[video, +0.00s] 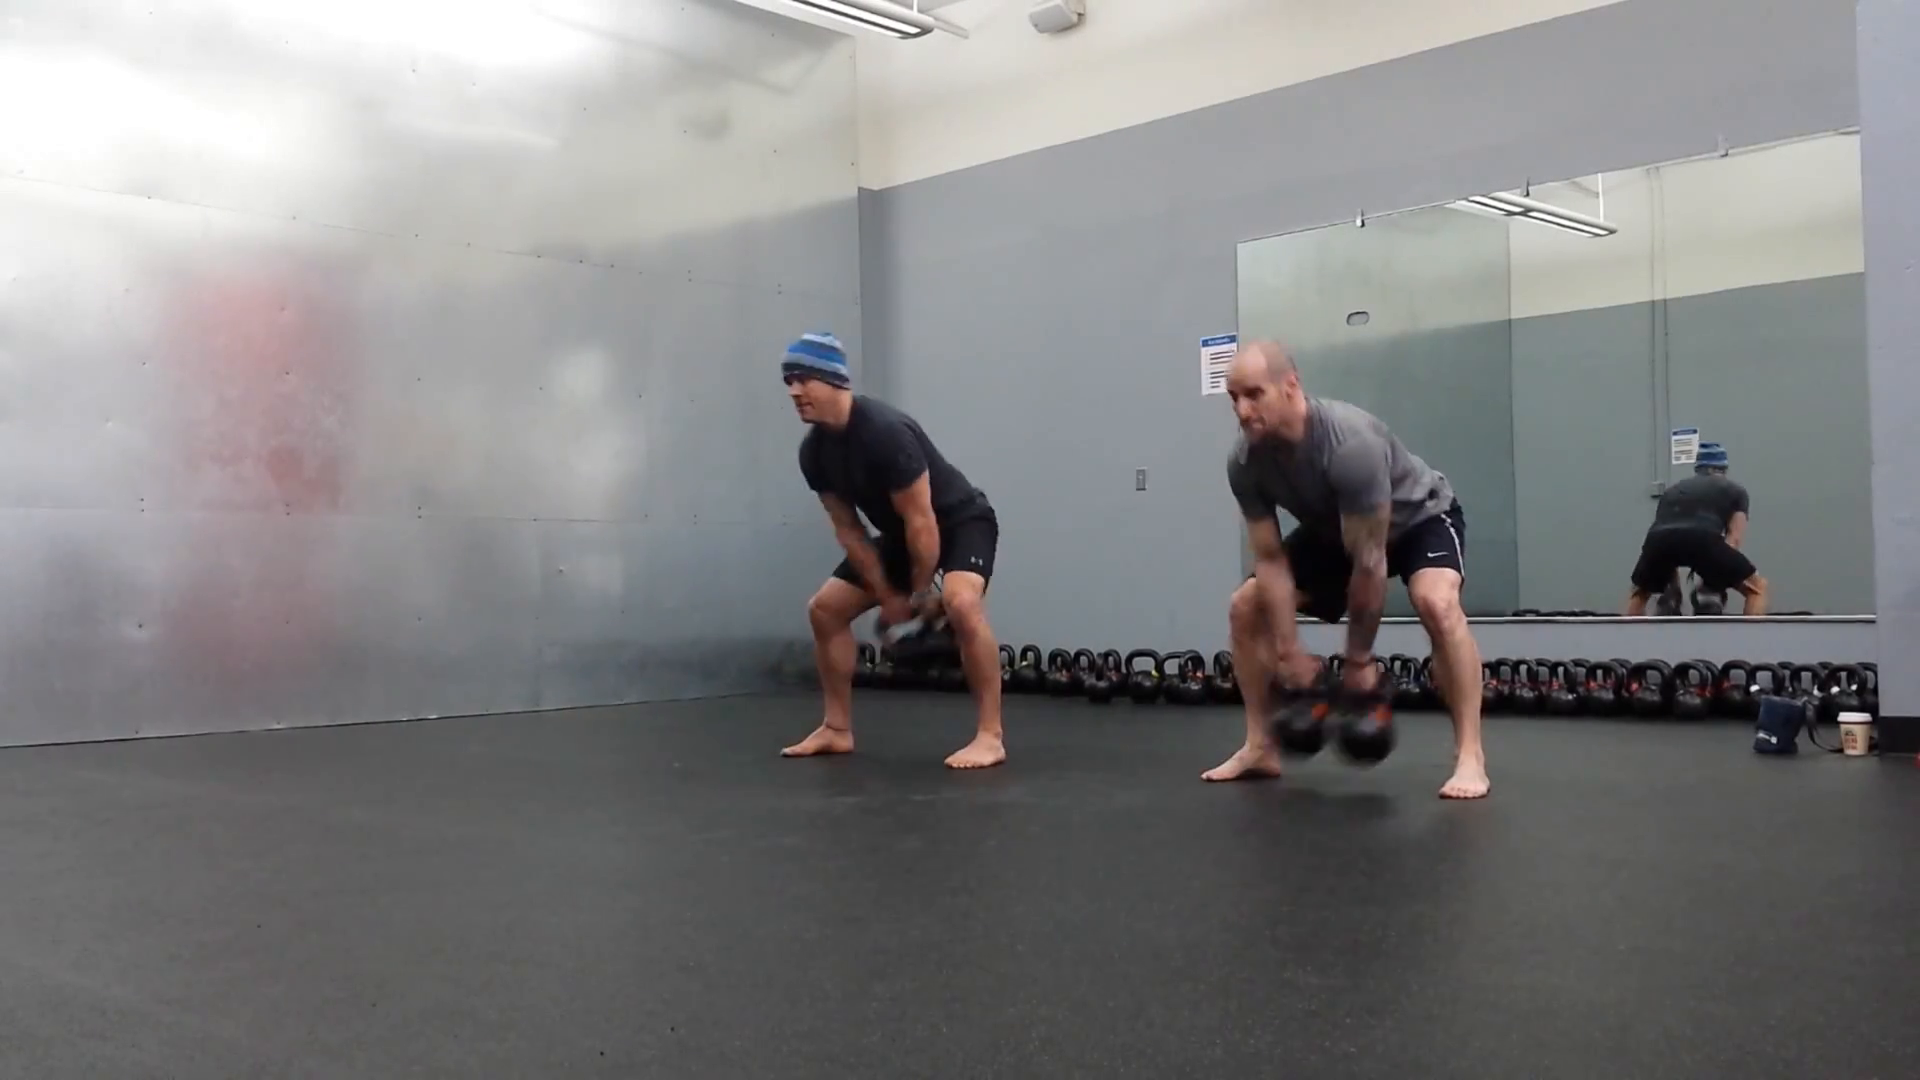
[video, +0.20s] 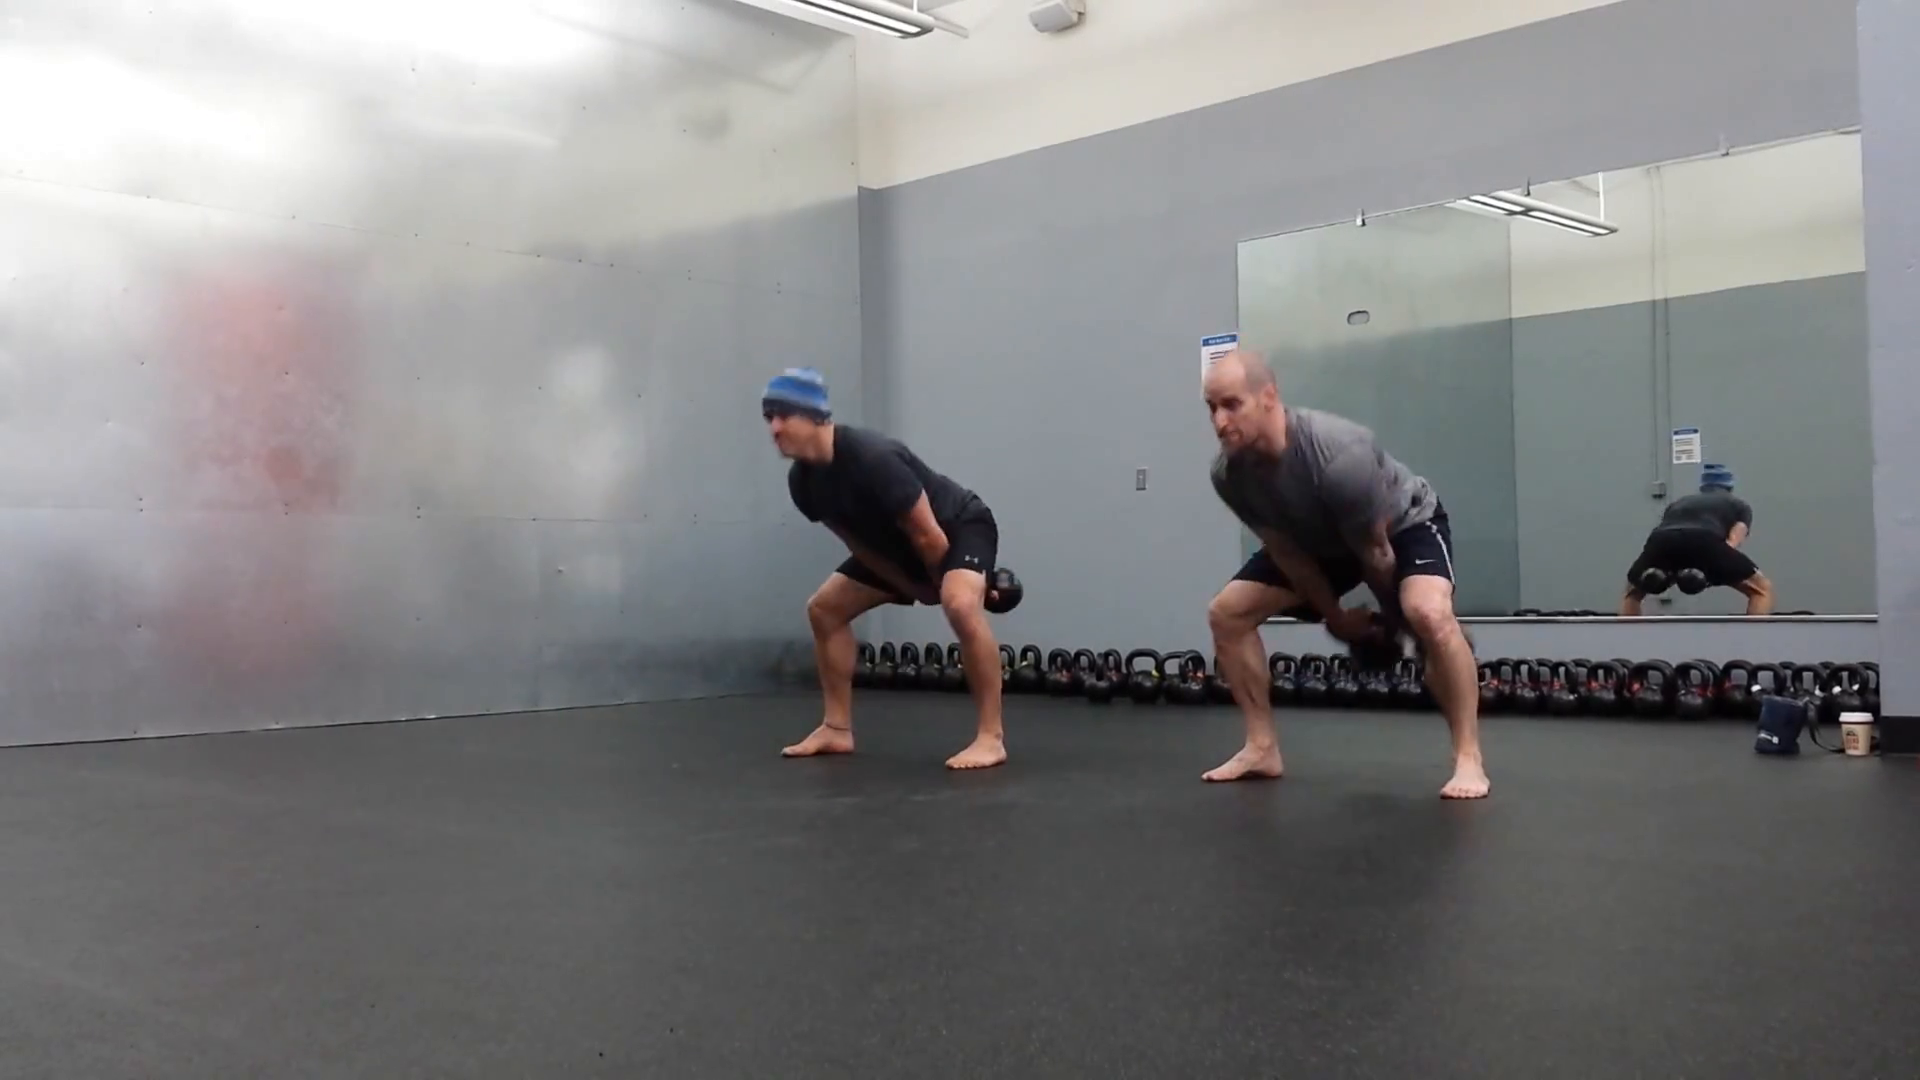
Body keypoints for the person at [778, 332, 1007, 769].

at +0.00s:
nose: (794, 391)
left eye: (803, 380)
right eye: (790, 382)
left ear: (835, 379)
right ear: (791, 386)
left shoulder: (885, 432)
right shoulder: (815, 452)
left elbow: (921, 522)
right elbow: (847, 528)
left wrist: (921, 590)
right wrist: (886, 596)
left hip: (962, 521)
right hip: (902, 533)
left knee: (962, 603)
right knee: (826, 610)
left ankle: (990, 737)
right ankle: (837, 729)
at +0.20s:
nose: (774, 428)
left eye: (784, 416)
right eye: (770, 418)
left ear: (816, 417)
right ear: (769, 423)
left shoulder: (873, 457)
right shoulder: (803, 482)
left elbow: (931, 536)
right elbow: (859, 545)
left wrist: (948, 586)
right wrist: (910, 587)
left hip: (962, 526)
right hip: (899, 541)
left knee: (961, 604)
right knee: (826, 609)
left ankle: (991, 737)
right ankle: (836, 729)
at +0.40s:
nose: (809, 337)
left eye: (822, 327)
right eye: (809, 327)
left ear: (852, 338)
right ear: (814, 341)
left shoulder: (896, 400)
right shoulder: (822, 417)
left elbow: (922, 492)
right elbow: (852, 498)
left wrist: (924, 561)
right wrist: (886, 562)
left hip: (949, 512)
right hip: (887, 519)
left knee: (957, 602)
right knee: (826, 607)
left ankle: (989, 736)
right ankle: (837, 727)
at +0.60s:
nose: (896, 287)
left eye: (906, 277)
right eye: (893, 278)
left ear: (937, 285)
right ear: (896, 287)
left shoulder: (963, 342)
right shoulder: (889, 351)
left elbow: (921, 405)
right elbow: (851, 406)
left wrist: (861, 444)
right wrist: (818, 450)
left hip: (935, 492)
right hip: (884, 491)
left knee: (953, 600)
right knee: (863, 606)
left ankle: (987, 736)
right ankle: (839, 727)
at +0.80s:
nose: (901, 292)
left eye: (911, 282)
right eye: (898, 284)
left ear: (940, 287)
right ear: (900, 293)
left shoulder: (968, 342)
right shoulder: (893, 354)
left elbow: (913, 354)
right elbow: (825, 368)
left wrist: (835, 334)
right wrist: (787, 342)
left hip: (929, 490)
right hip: (877, 491)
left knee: (951, 603)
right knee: (859, 610)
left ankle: (986, 734)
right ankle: (840, 725)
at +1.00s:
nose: (893, 287)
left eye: (902, 278)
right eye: (890, 281)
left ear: (932, 284)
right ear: (899, 290)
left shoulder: (962, 339)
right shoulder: (884, 348)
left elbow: (904, 334)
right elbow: (818, 348)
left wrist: (836, 298)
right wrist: (782, 309)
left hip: (930, 490)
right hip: (877, 493)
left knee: (951, 603)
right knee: (859, 612)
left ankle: (986, 736)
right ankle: (841, 727)